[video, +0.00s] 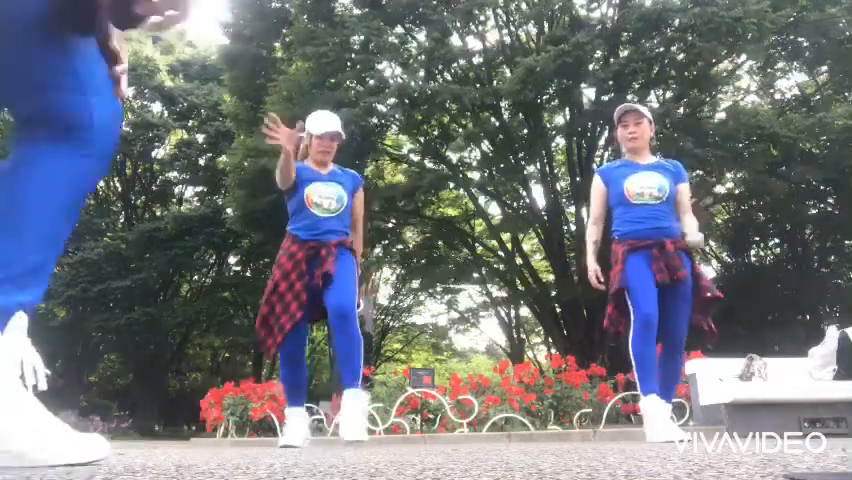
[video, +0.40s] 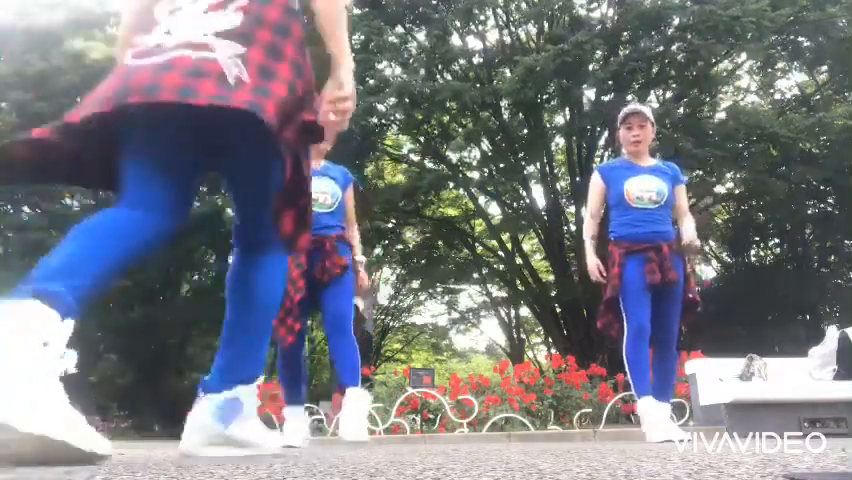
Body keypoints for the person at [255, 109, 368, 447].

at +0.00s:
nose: (327, 144)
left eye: (333, 138)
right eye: (321, 137)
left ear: (340, 143)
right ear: (308, 140)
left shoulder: (352, 180)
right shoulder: (296, 171)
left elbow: (357, 228)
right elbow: (284, 181)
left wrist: (355, 268)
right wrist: (288, 151)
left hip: (340, 253)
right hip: (299, 253)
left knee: (342, 310)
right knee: (293, 333)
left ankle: (353, 402)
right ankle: (295, 417)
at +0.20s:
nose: (330, 145)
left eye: (334, 139)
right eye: (322, 139)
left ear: (338, 144)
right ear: (304, 142)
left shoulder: (347, 183)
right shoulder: (286, 174)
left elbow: (353, 230)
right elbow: (295, 186)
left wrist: (354, 268)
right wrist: (306, 165)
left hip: (342, 254)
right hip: (301, 255)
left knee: (349, 313)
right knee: (296, 337)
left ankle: (353, 408)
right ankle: (296, 418)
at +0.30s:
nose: (334, 137)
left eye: (335, 132)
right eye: (328, 131)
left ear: (332, 136)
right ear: (308, 134)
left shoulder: (344, 178)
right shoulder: (289, 171)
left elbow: (351, 225)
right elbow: (276, 214)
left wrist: (358, 257)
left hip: (336, 245)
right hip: (296, 245)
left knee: (343, 318)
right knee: (294, 326)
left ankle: (352, 404)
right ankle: (295, 409)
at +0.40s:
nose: (325, 143)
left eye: (326, 142)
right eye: (320, 140)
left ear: (329, 143)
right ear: (306, 137)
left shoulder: (342, 176)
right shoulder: (289, 170)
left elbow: (351, 225)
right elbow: (277, 214)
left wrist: (358, 259)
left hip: (334, 247)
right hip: (295, 250)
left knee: (340, 323)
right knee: (291, 332)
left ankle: (354, 404)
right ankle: (295, 416)